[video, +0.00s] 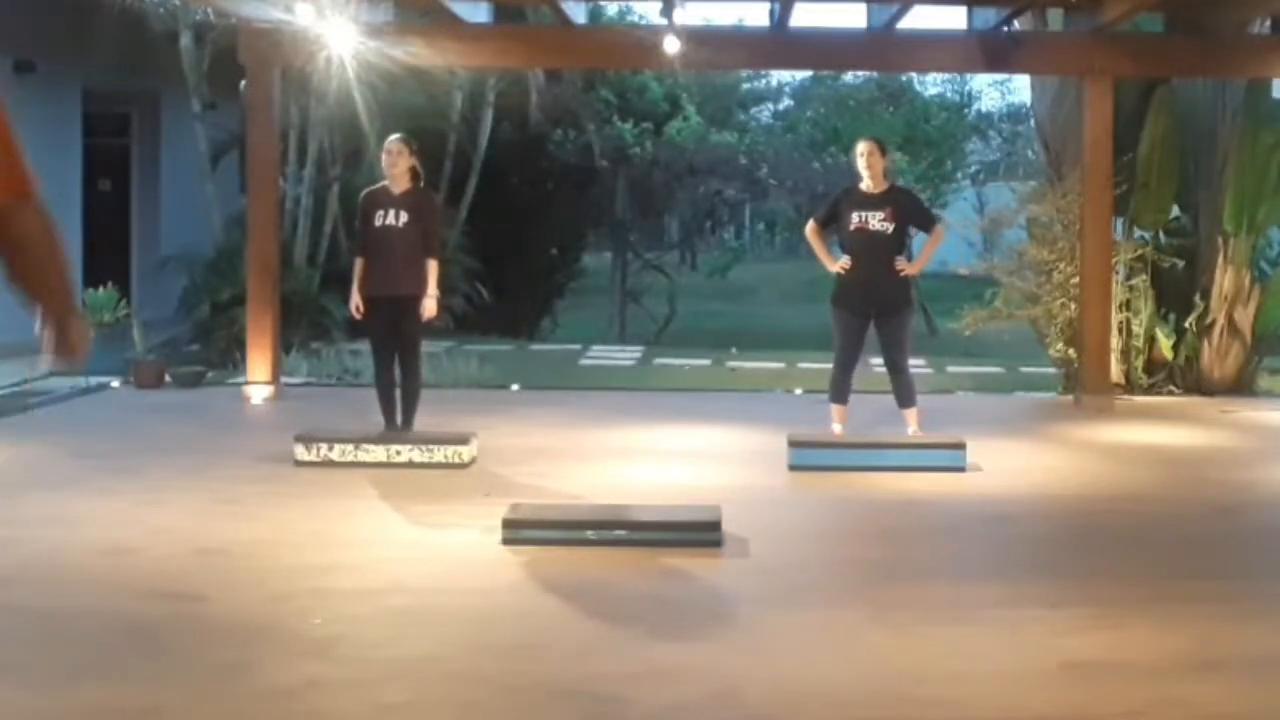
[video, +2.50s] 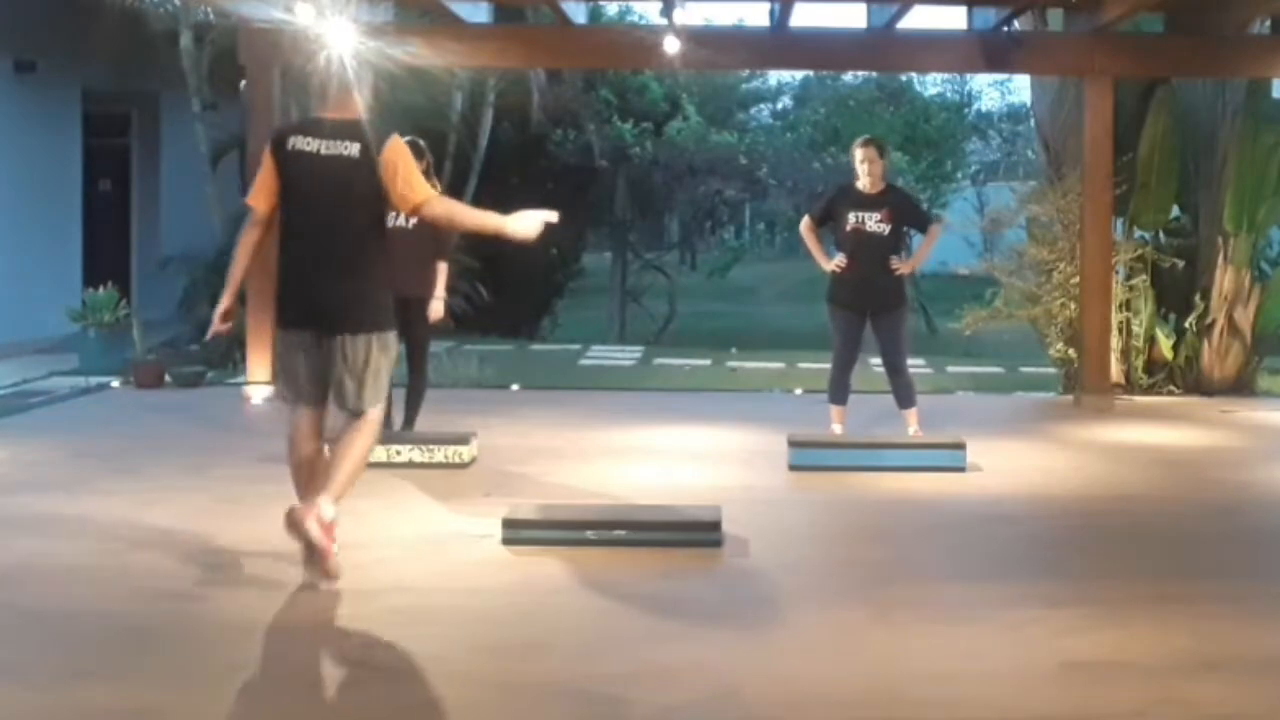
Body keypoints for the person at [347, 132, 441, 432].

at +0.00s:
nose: (390, 159)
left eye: (397, 154)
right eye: (386, 153)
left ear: (411, 159)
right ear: (381, 158)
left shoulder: (425, 199)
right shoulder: (370, 198)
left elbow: (432, 249)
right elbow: (361, 248)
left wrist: (431, 292)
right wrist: (355, 288)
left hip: (410, 295)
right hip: (377, 295)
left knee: (409, 363)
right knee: (383, 364)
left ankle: (407, 425)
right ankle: (389, 424)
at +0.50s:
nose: (389, 159)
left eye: (396, 154)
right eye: (386, 153)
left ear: (411, 160)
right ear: (381, 158)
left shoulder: (424, 199)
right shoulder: (370, 198)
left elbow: (431, 250)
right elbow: (361, 248)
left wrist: (429, 292)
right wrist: (355, 289)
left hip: (409, 295)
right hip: (376, 295)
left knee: (409, 363)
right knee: (382, 363)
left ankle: (407, 424)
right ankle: (389, 423)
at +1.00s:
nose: (392, 160)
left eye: (399, 154)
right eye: (389, 154)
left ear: (415, 160)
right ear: (383, 158)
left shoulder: (426, 199)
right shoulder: (372, 198)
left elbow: (434, 250)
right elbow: (363, 248)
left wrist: (432, 292)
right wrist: (357, 288)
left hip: (412, 295)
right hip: (378, 295)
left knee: (411, 363)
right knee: (384, 363)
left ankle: (407, 424)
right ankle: (390, 423)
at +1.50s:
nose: (396, 162)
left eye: (403, 156)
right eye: (393, 156)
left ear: (418, 161)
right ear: (387, 159)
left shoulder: (430, 199)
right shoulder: (376, 197)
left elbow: (436, 250)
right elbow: (365, 248)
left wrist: (435, 293)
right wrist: (360, 290)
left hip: (413, 295)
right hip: (380, 294)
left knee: (412, 362)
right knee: (384, 363)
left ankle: (407, 424)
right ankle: (390, 423)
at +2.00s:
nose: (403, 175)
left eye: (408, 169)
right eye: (398, 169)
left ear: (422, 166)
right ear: (392, 168)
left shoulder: (436, 203)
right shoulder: (384, 199)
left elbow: (443, 252)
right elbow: (376, 249)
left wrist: (442, 294)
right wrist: (365, 288)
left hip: (420, 291)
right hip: (384, 288)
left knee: (418, 359)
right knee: (376, 355)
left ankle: (409, 421)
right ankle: (376, 417)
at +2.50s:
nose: (405, 170)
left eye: (412, 163)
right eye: (401, 163)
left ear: (424, 165)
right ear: (392, 165)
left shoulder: (434, 203)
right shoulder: (382, 195)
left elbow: (443, 253)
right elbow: (371, 244)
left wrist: (438, 294)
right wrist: (370, 285)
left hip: (418, 293)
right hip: (383, 291)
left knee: (417, 361)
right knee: (378, 363)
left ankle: (409, 423)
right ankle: (382, 421)